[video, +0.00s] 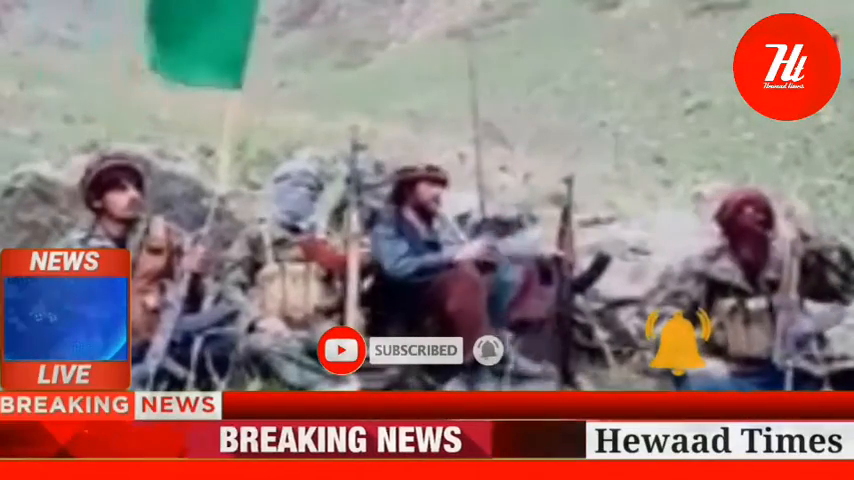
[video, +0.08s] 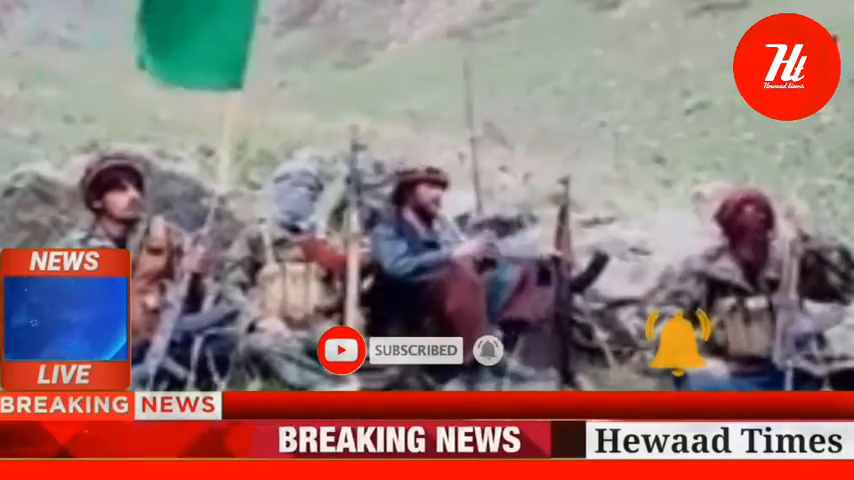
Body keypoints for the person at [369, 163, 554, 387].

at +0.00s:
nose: (439, 193)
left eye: (441, 187)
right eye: (431, 185)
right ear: (411, 188)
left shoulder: (440, 223)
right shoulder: (389, 225)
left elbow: (461, 248)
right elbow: (397, 267)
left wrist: (479, 253)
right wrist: (454, 256)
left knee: (511, 275)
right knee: (463, 279)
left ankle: (501, 346)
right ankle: (478, 367)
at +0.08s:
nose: (439, 195)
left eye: (441, 188)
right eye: (431, 186)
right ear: (411, 190)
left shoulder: (441, 225)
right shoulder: (388, 228)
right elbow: (397, 267)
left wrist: (479, 250)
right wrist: (455, 254)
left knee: (513, 274)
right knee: (459, 278)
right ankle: (477, 366)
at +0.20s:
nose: (439, 198)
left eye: (441, 192)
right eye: (432, 189)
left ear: (441, 198)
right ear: (410, 193)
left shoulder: (443, 230)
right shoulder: (386, 231)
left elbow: (479, 264)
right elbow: (395, 265)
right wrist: (452, 250)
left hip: (455, 300)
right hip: (408, 313)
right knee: (459, 276)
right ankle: (477, 364)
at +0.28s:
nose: (440, 198)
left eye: (442, 192)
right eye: (433, 190)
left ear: (442, 197)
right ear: (411, 193)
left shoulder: (441, 231)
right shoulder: (387, 232)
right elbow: (393, 264)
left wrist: (535, 270)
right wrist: (448, 245)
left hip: (450, 304)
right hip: (405, 313)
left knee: (515, 276)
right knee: (457, 273)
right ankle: (480, 358)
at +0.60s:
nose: (443, 194)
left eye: (446, 188)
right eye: (435, 185)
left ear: (447, 194)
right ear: (414, 191)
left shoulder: (451, 228)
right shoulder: (392, 231)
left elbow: (479, 272)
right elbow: (389, 271)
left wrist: (476, 252)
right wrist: (446, 257)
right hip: (405, 321)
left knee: (516, 284)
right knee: (446, 279)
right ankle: (490, 341)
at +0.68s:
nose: (446, 191)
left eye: (449, 185)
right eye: (438, 183)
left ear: (450, 191)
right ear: (418, 187)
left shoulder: (451, 229)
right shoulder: (393, 228)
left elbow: (481, 272)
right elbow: (388, 274)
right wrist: (444, 263)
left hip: (450, 302)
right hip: (406, 311)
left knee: (519, 302)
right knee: (444, 284)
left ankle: (479, 358)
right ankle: (479, 353)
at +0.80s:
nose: (453, 191)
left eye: (456, 185)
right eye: (445, 183)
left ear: (458, 190)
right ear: (426, 189)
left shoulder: (458, 229)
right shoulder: (395, 229)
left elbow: (492, 270)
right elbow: (389, 277)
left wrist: (541, 251)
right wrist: (444, 262)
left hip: (456, 314)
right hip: (408, 320)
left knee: (526, 296)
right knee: (440, 285)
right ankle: (485, 352)